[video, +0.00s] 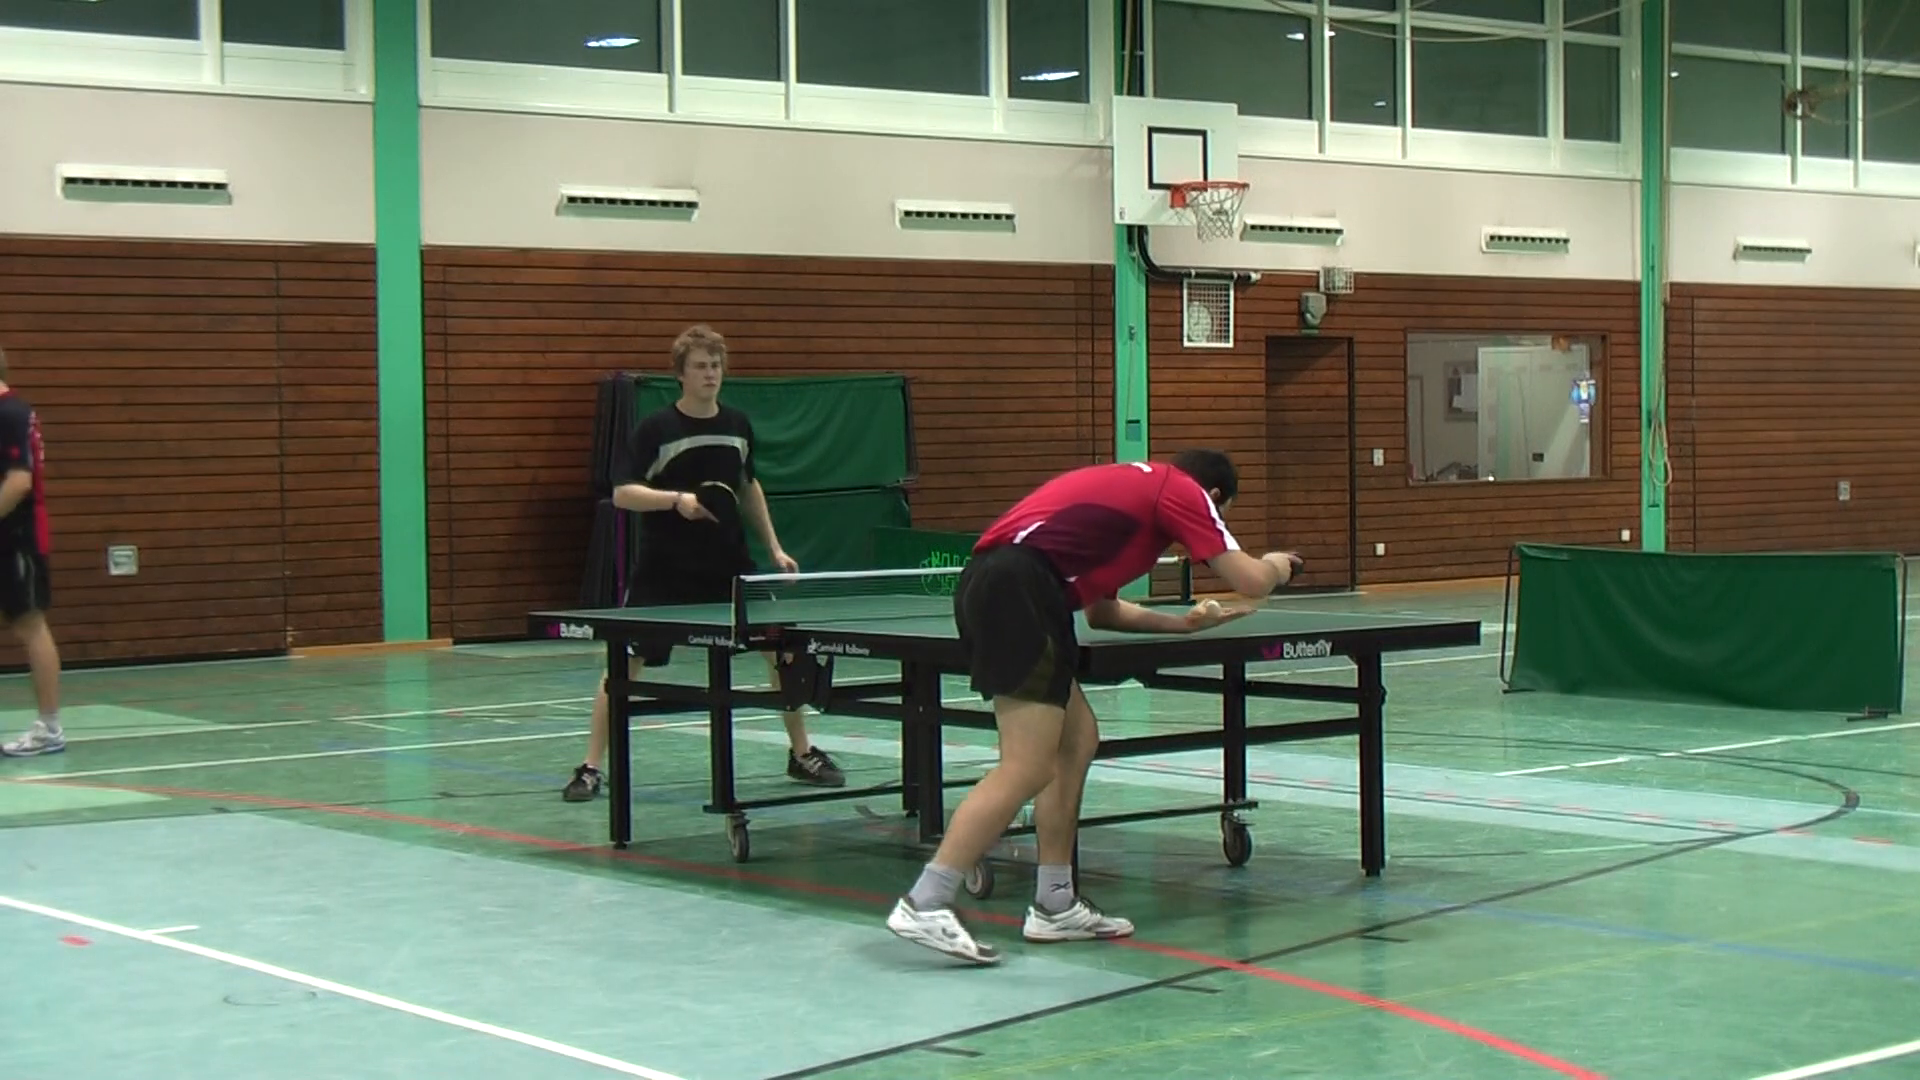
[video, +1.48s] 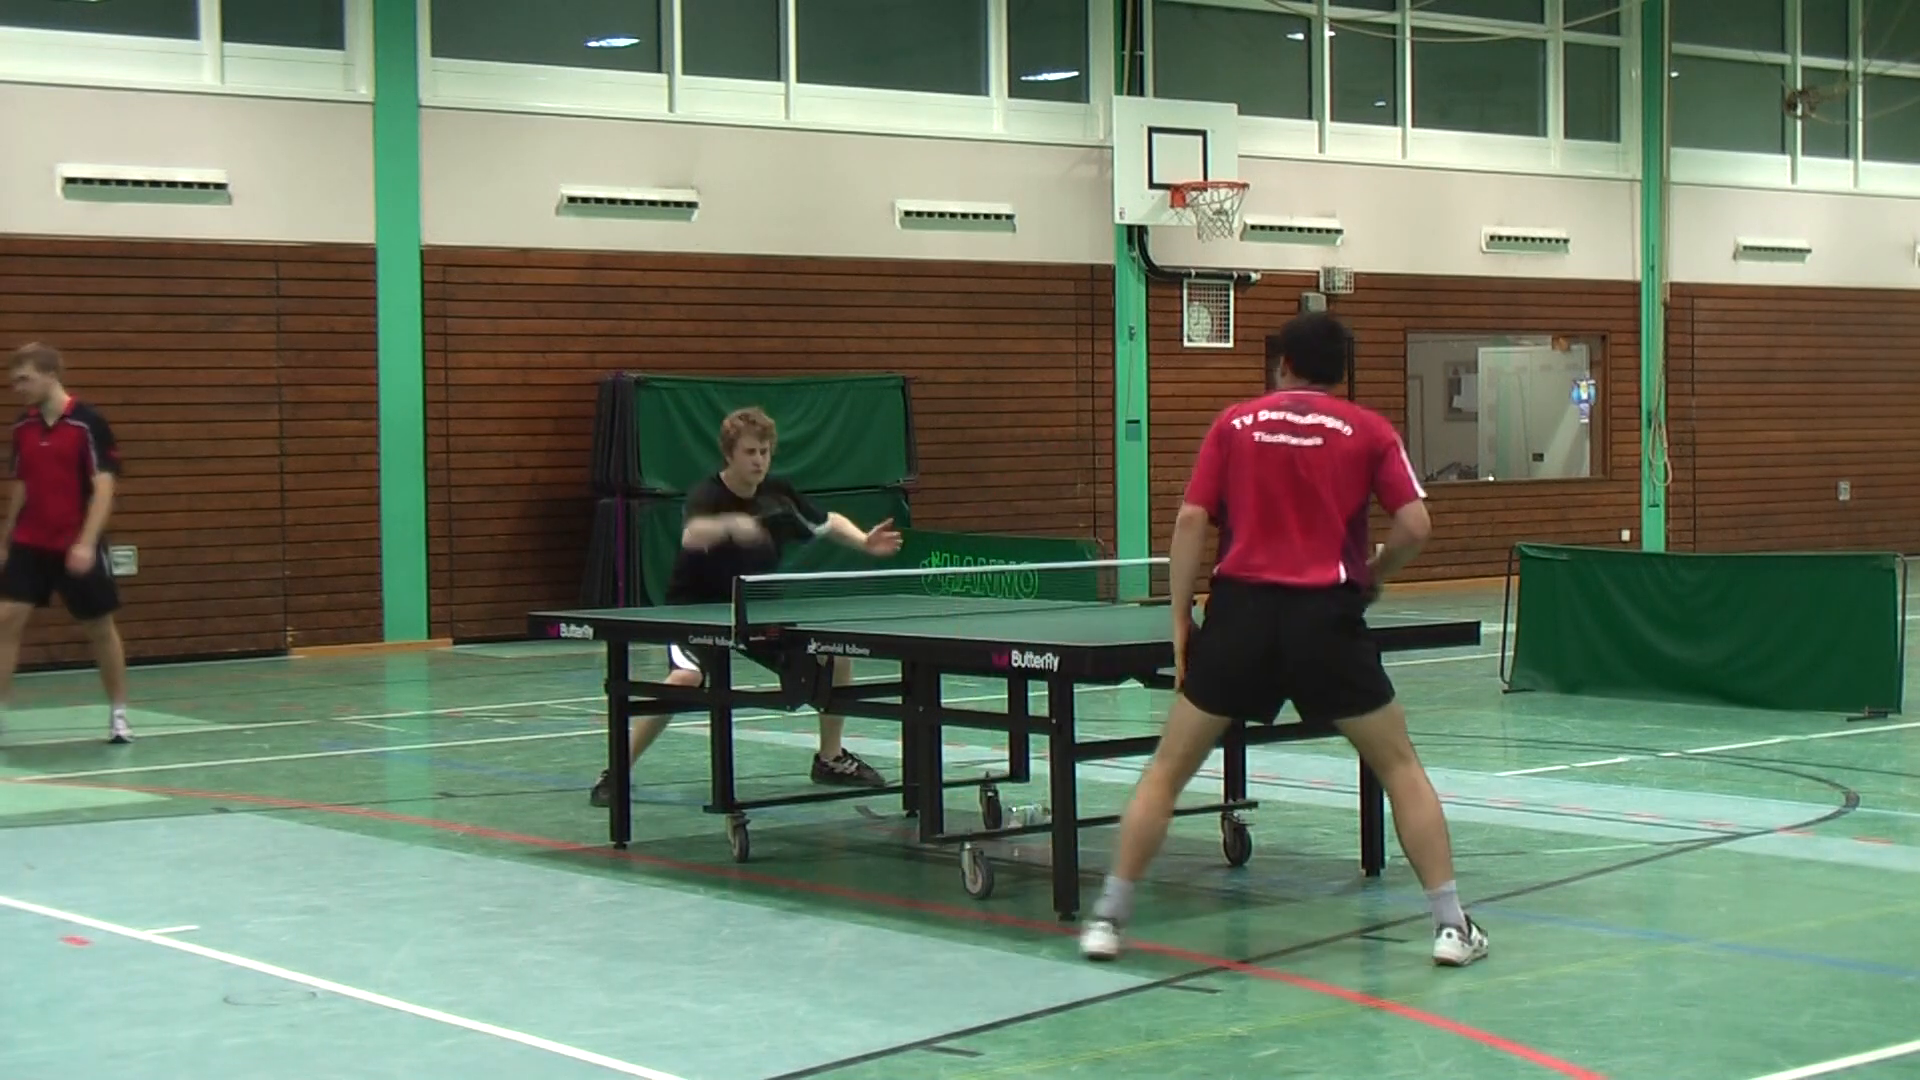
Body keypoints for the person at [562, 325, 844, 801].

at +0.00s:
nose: (710, 374)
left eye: (716, 366)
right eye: (701, 367)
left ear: (723, 371)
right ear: (680, 372)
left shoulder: (737, 424)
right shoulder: (655, 429)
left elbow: (748, 486)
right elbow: (622, 493)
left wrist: (774, 547)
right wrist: (674, 498)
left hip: (730, 570)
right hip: (664, 573)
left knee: (782, 644)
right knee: (624, 665)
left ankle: (802, 752)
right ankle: (592, 766)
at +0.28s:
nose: (708, 372)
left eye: (714, 364)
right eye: (698, 365)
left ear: (722, 369)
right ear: (678, 370)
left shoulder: (741, 420)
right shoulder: (658, 427)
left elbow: (766, 483)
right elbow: (631, 494)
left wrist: (787, 543)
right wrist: (679, 502)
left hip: (739, 566)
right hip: (674, 570)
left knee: (783, 647)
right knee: (628, 663)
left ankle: (798, 756)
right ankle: (593, 765)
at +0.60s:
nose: (716, 372)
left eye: (722, 364)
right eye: (706, 364)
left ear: (730, 369)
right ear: (686, 370)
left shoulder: (749, 423)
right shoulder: (661, 426)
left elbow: (779, 482)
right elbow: (627, 489)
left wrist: (798, 540)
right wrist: (666, 519)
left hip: (741, 567)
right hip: (676, 570)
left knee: (782, 648)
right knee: (629, 663)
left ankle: (797, 756)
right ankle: (593, 765)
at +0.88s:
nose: (732, 376)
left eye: (738, 368)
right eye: (723, 369)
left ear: (748, 372)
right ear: (703, 372)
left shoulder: (764, 427)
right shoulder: (673, 426)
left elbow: (800, 484)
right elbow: (622, 478)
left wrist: (802, 527)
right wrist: (650, 511)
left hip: (747, 567)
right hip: (680, 568)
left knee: (788, 648)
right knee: (642, 654)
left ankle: (799, 754)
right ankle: (612, 761)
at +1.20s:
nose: (758, 432)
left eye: (764, 423)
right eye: (748, 423)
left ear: (773, 424)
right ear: (729, 425)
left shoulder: (784, 471)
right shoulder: (703, 475)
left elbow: (822, 513)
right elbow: (659, 531)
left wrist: (831, 529)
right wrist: (711, 558)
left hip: (768, 598)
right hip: (705, 599)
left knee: (834, 652)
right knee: (676, 664)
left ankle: (831, 757)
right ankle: (622, 767)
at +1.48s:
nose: (760, 459)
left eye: (765, 451)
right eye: (751, 451)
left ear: (771, 454)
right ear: (728, 453)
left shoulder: (778, 494)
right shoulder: (707, 495)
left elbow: (830, 523)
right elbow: (693, 534)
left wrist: (865, 541)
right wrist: (732, 525)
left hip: (755, 612)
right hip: (694, 613)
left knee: (838, 654)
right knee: (686, 677)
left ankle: (831, 756)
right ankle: (619, 772)